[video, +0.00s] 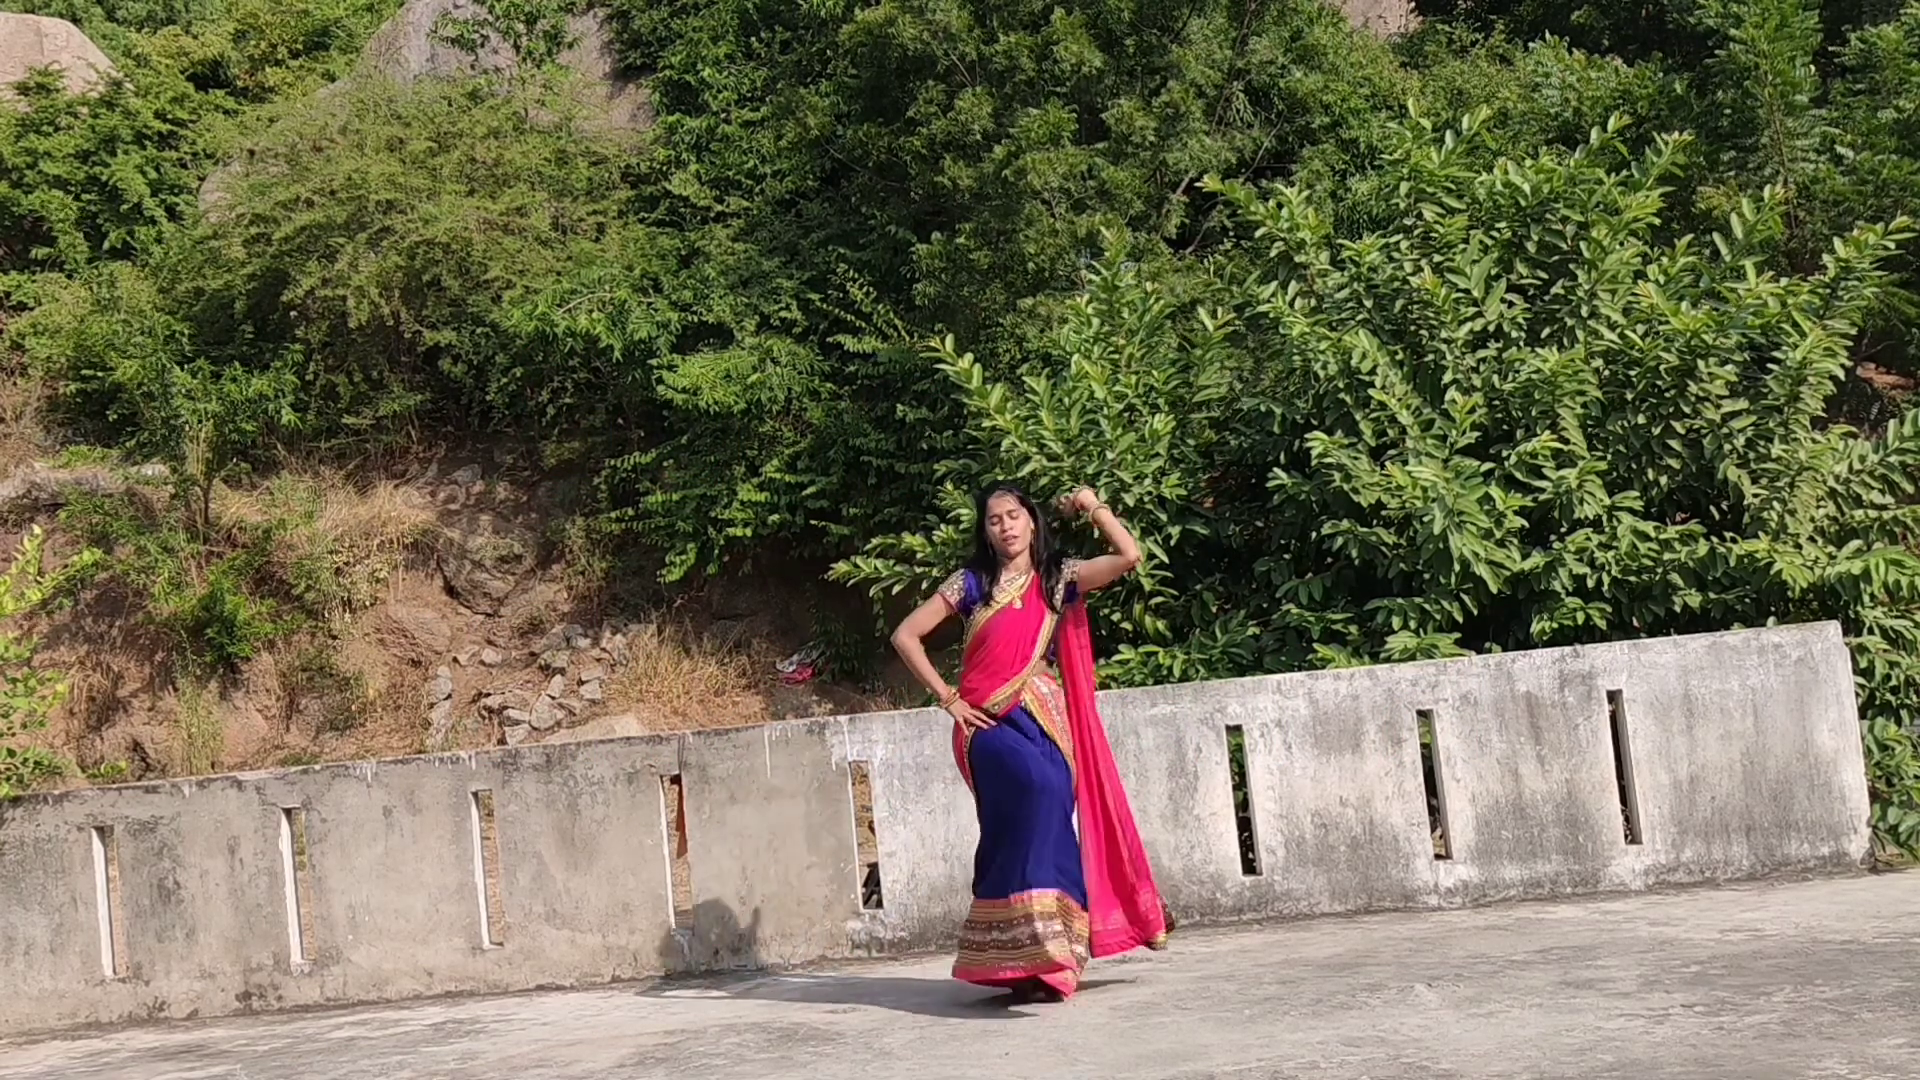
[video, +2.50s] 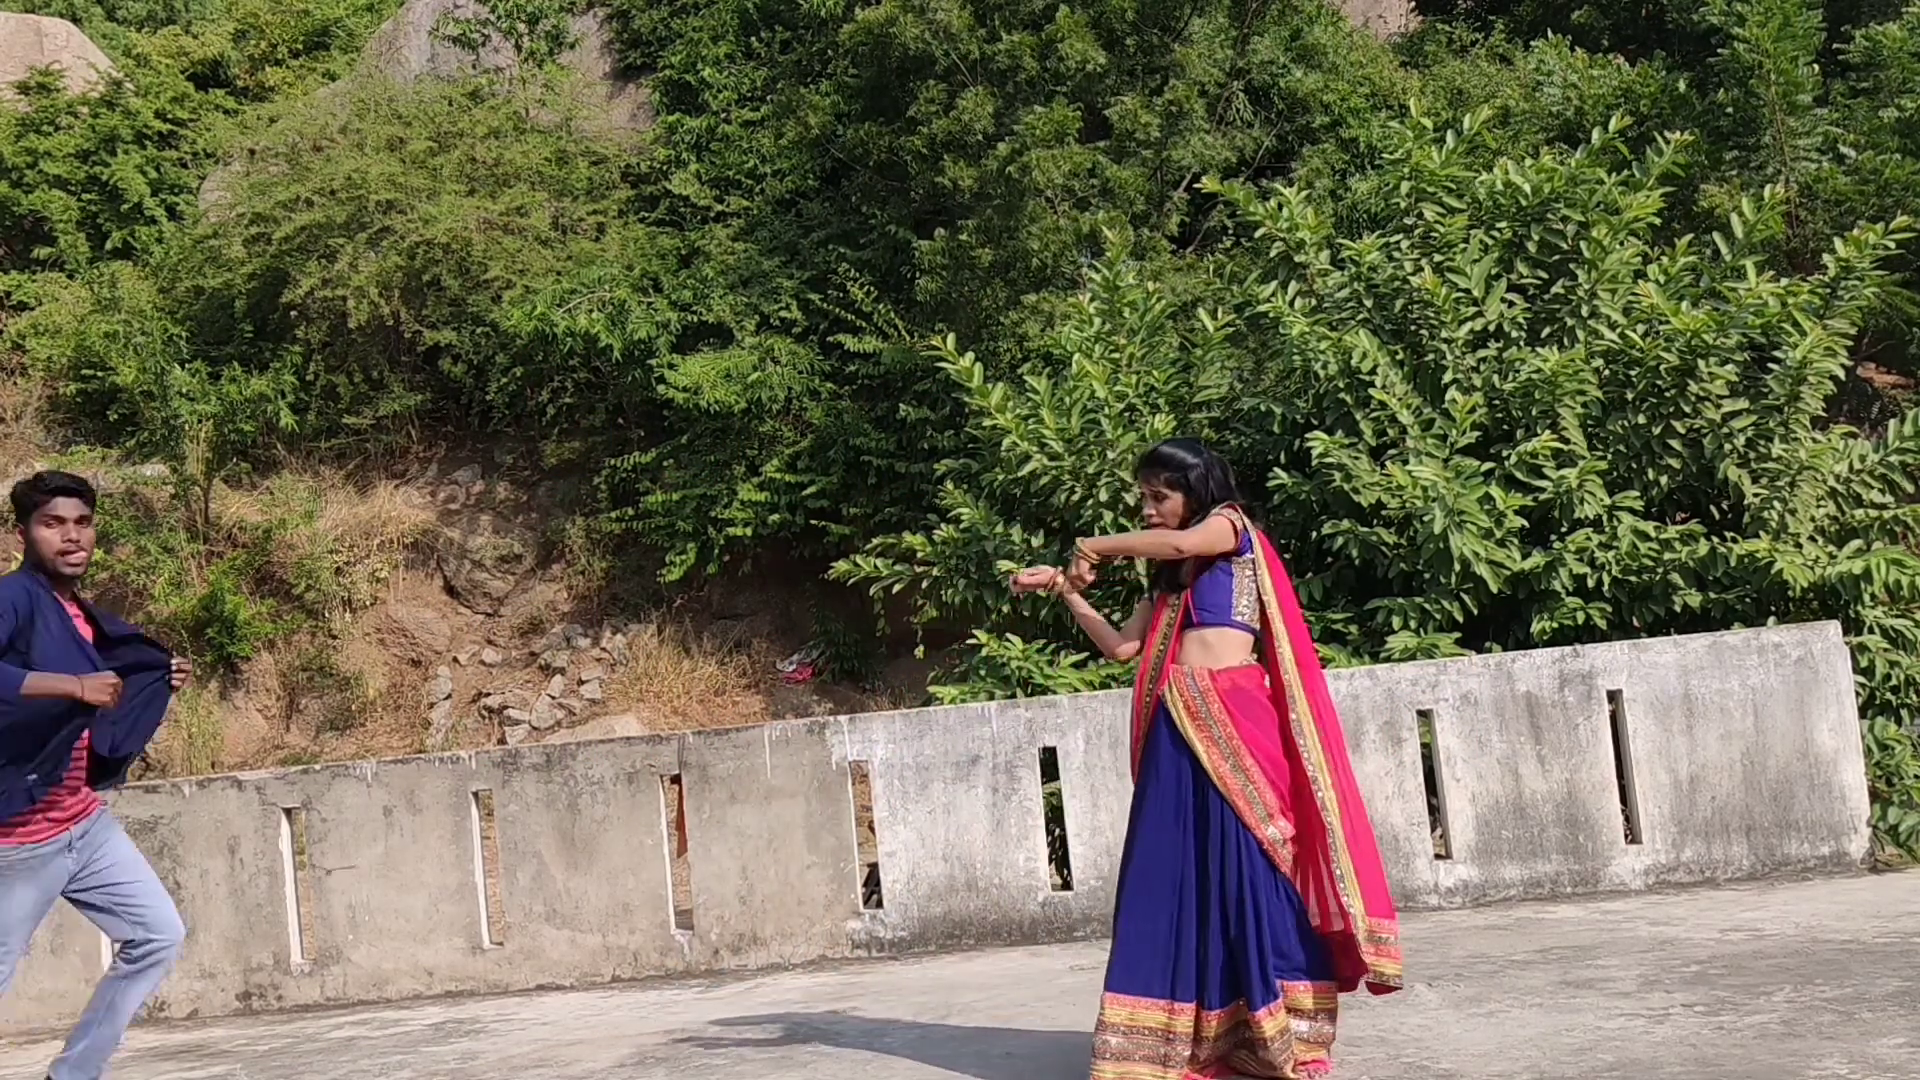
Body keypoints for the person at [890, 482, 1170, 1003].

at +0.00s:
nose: (1005, 526)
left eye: (1012, 515)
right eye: (995, 520)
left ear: (1033, 521)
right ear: (985, 532)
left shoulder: (1057, 578)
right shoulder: (971, 583)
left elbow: (1128, 555)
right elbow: (905, 636)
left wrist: (1096, 506)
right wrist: (945, 696)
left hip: (1038, 712)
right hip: (982, 717)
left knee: (1036, 816)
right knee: (1046, 785)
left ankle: (1028, 960)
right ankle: (1040, 946)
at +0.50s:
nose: (1035, 540)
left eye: (1044, 529)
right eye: (1024, 531)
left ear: (1062, 534)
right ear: (1011, 540)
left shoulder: (1090, 579)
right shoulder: (1001, 604)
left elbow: (1145, 559)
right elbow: (986, 674)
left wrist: (1206, 542)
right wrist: (994, 714)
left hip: (1084, 734)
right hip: (1025, 740)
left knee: (1086, 855)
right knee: (1037, 860)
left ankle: (1100, 983)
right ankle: (1051, 988)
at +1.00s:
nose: (1072, 500)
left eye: (1082, 491)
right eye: (1061, 492)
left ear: (1099, 506)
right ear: (1044, 507)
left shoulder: (1103, 576)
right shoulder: (1034, 568)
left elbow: (1122, 662)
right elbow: (1029, 661)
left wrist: (1158, 745)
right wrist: (1055, 742)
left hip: (1134, 732)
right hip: (1083, 738)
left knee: (1141, 865)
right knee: (1091, 870)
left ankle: (1141, 1006)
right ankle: (1101, 1012)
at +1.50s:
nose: (1084, 483)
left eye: (1096, 475)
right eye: (1073, 477)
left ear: (1120, 493)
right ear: (1061, 497)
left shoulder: (1143, 560)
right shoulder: (1044, 567)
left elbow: (1185, 635)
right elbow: (994, 635)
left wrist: (1232, 697)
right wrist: (1016, 690)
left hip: (1143, 746)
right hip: (1071, 751)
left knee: (1161, 881)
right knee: (1088, 888)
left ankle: (1169, 1031)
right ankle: (1109, 1037)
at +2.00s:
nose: (1102, 504)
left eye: (1116, 493)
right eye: (1100, 493)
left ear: (1153, 497)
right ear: (1104, 502)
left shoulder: (1192, 538)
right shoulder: (1118, 579)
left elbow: (1192, 599)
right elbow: (1035, 636)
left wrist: (1157, 645)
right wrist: (970, 590)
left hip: (1186, 732)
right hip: (1127, 736)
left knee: (1203, 878)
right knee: (1125, 881)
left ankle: (1262, 1039)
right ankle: (1143, 1047)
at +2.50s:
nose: (1149, 511)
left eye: (1157, 498)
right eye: (1145, 502)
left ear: (1199, 492)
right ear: (1152, 505)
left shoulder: (1231, 526)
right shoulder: (1167, 570)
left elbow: (1181, 543)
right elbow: (1121, 647)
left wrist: (1095, 544)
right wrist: (1066, 589)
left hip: (1235, 717)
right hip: (1173, 723)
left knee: (1246, 871)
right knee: (1162, 875)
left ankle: (1274, 1040)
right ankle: (1178, 1043)